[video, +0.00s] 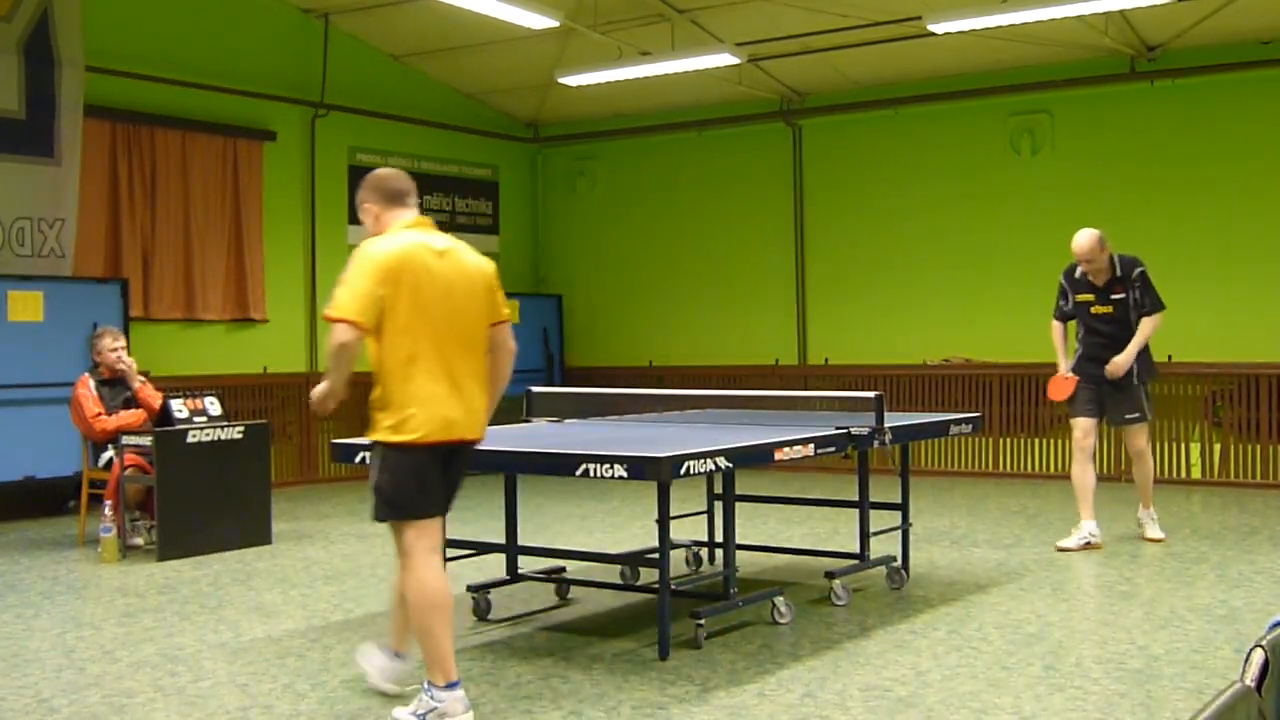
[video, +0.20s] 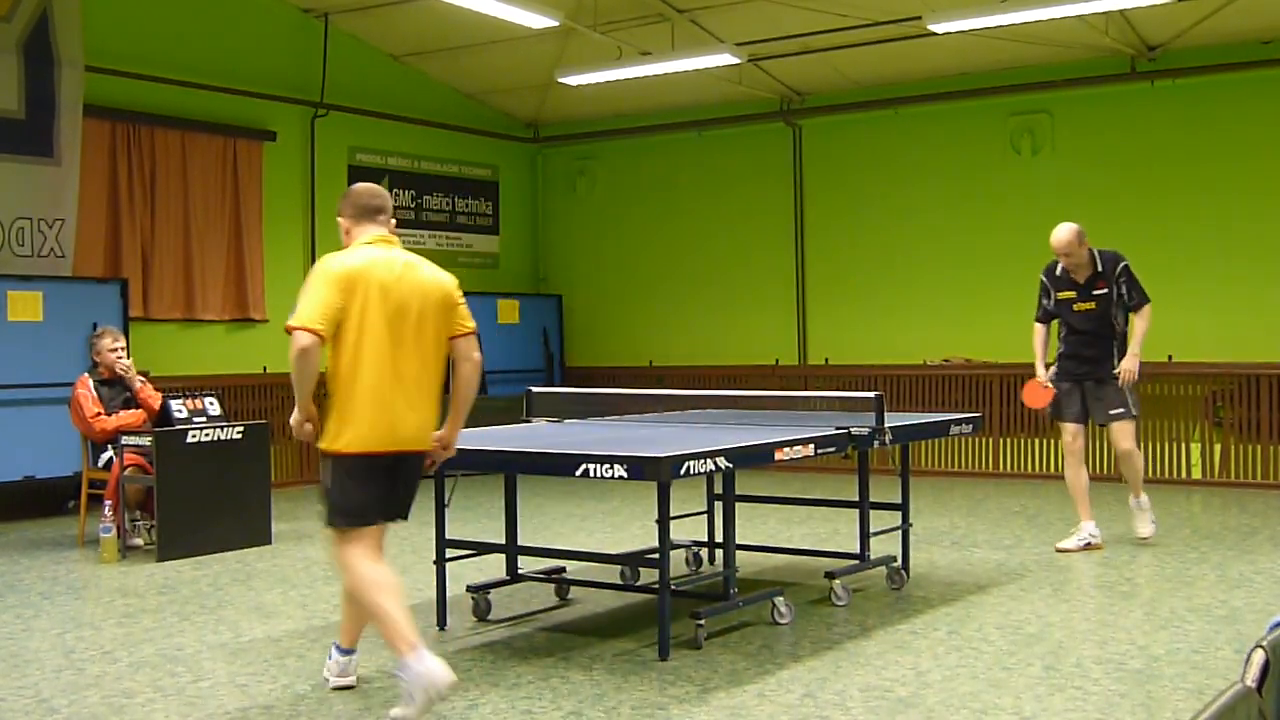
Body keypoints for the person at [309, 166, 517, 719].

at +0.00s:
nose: (361, 225)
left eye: (360, 217)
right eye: (361, 217)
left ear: (371, 210)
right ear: (416, 205)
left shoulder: (377, 253)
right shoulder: (475, 261)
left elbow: (345, 337)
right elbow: (504, 347)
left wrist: (333, 385)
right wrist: (480, 409)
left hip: (409, 424)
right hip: (464, 424)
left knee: (423, 554)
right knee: (417, 543)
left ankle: (445, 690)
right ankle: (395, 658)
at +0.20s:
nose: (338, 233)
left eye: (338, 226)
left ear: (344, 224)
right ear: (393, 223)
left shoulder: (335, 268)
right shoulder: (438, 278)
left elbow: (305, 342)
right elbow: (470, 356)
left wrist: (302, 407)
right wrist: (452, 428)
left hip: (355, 434)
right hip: (411, 434)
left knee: (356, 549)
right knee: (368, 545)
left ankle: (418, 661)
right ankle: (343, 656)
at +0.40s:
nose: (330, 222)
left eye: (326, 215)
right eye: (371, 214)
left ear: (324, 216)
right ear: (374, 218)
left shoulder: (301, 261)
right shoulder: (410, 269)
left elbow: (265, 330)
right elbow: (441, 348)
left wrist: (288, 378)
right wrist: (425, 414)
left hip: (314, 427)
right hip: (379, 429)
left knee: (298, 524)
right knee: (360, 534)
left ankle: (316, 622)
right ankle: (345, 656)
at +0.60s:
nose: (356, 226)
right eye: (358, 220)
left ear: (307, 220)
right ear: (355, 221)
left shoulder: (269, 264)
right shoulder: (379, 267)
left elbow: (235, 334)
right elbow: (413, 342)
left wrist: (283, 354)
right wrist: (404, 395)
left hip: (286, 422)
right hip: (350, 423)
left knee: (283, 518)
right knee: (348, 528)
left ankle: (256, 629)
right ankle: (343, 654)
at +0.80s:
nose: (344, 253)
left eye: (344, 248)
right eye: (345, 248)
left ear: (296, 237)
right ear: (337, 245)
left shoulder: (256, 270)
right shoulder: (334, 278)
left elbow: (256, 334)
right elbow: (350, 348)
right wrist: (376, 395)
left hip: (255, 427)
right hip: (305, 432)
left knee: (277, 524)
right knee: (328, 532)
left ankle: (243, 631)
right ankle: (316, 646)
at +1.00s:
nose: (342, 244)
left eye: (344, 237)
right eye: (344, 236)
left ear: (302, 221)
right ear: (333, 229)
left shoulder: (262, 259)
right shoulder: (303, 264)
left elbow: (269, 330)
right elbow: (285, 338)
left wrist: (325, 330)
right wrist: (330, 389)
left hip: (253, 410)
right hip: (280, 414)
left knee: (276, 515)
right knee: (296, 517)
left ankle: (245, 622)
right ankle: (236, 624)